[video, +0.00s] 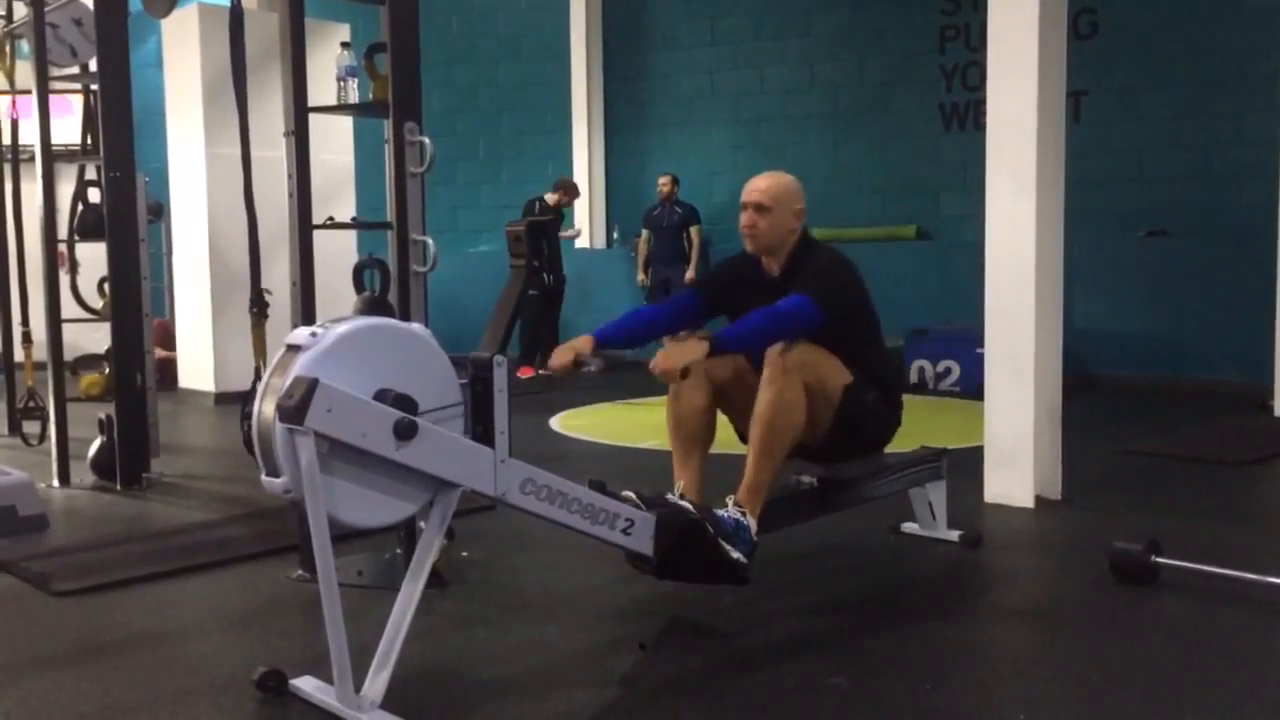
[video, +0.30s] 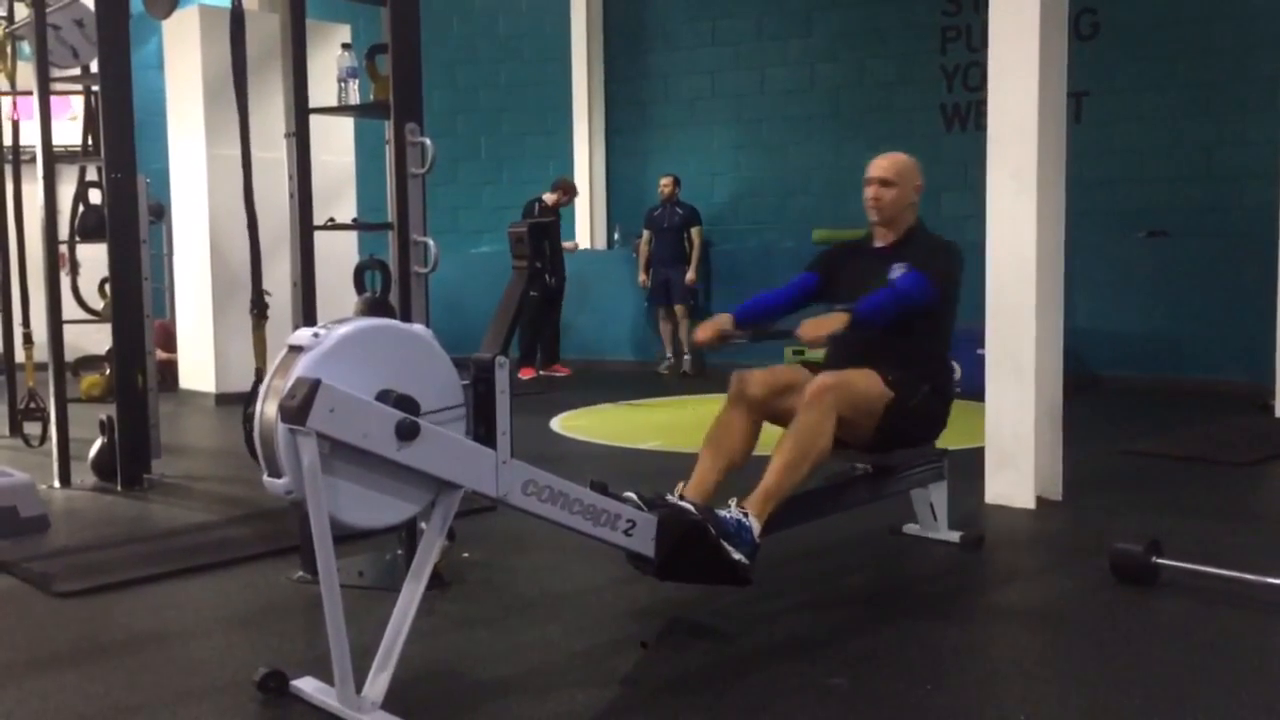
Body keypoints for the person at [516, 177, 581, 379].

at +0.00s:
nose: (571, 204)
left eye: (573, 200)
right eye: (570, 199)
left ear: (563, 195)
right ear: (561, 194)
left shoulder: (558, 213)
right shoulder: (534, 206)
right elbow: (530, 242)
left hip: (554, 272)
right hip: (535, 273)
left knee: (550, 321)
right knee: (532, 320)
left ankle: (546, 362)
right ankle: (526, 363)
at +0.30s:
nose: (568, 203)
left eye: (570, 199)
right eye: (569, 199)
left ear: (560, 194)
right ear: (560, 193)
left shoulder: (554, 211)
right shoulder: (534, 208)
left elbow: (550, 242)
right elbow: (532, 244)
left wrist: (564, 246)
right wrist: (540, 273)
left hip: (554, 274)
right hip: (536, 275)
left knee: (551, 320)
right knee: (531, 321)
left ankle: (550, 362)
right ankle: (527, 365)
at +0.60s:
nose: (561, 203)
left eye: (562, 199)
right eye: (561, 198)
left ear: (553, 194)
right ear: (552, 193)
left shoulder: (548, 213)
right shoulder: (532, 211)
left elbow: (548, 244)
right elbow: (532, 247)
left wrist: (561, 251)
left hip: (552, 276)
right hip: (534, 277)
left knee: (551, 322)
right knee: (529, 324)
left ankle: (550, 364)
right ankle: (526, 366)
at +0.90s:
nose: (556, 200)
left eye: (557, 196)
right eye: (555, 195)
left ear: (547, 194)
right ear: (544, 193)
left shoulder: (546, 214)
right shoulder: (527, 214)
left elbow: (548, 243)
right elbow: (527, 247)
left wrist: (565, 241)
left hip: (551, 277)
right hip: (533, 279)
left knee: (550, 324)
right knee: (528, 325)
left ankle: (548, 365)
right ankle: (524, 368)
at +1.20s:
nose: (554, 201)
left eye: (555, 197)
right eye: (552, 197)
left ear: (545, 196)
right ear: (541, 194)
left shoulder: (545, 217)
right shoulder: (524, 216)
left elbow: (546, 247)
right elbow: (528, 250)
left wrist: (563, 243)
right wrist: (558, 244)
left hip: (550, 281)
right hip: (531, 282)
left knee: (549, 328)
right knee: (527, 328)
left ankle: (547, 368)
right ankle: (523, 371)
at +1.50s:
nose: (553, 203)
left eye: (554, 199)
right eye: (551, 198)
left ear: (546, 199)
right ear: (540, 197)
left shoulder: (547, 220)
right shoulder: (523, 219)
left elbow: (547, 251)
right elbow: (527, 253)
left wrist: (563, 246)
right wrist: (557, 245)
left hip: (551, 284)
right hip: (531, 286)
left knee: (549, 333)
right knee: (526, 333)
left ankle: (547, 374)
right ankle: (523, 374)